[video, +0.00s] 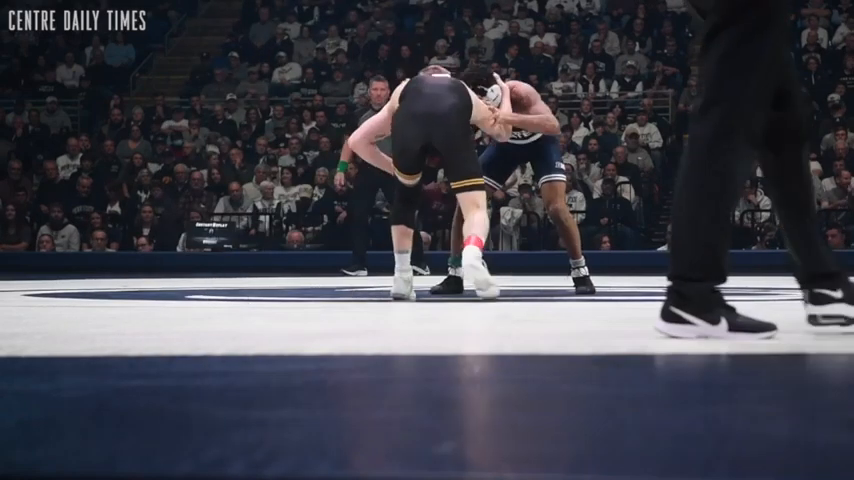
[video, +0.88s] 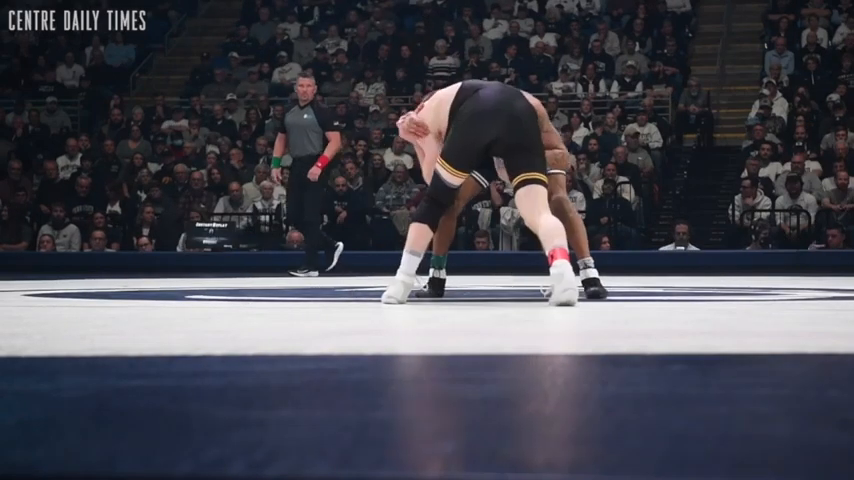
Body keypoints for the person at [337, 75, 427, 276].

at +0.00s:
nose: (379, 94)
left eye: (383, 90)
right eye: (375, 89)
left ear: (389, 92)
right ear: (369, 92)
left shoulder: (400, 113)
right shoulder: (361, 116)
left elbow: (409, 139)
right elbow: (351, 140)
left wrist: (408, 165)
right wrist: (341, 168)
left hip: (394, 169)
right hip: (366, 170)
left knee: (405, 213)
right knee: (359, 213)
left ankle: (418, 261)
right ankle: (359, 263)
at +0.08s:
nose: (370, 93)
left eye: (374, 89)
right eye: (367, 89)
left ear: (381, 92)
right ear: (360, 92)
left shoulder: (392, 112)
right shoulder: (353, 116)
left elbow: (402, 139)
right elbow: (343, 142)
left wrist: (387, 158)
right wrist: (335, 170)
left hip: (386, 166)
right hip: (360, 167)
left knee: (398, 210)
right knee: (357, 213)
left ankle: (414, 260)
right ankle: (358, 263)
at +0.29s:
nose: (350, 91)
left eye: (354, 87)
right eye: (347, 87)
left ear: (362, 90)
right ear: (342, 90)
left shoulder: (370, 112)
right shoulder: (335, 116)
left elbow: (382, 139)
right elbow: (328, 141)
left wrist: (358, 155)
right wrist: (321, 168)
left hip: (365, 167)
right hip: (344, 169)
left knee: (364, 211)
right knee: (349, 215)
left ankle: (381, 256)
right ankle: (358, 263)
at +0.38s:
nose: (343, 91)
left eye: (348, 87)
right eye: (340, 87)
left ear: (355, 90)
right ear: (335, 89)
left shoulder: (364, 111)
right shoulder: (329, 115)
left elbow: (376, 139)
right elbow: (323, 142)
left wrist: (355, 158)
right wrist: (315, 166)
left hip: (360, 167)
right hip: (338, 169)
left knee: (355, 212)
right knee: (345, 214)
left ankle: (359, 261)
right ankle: (357, 260)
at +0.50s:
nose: (334, 91)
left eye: (338, 87)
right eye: (330, 87)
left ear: (345, 90)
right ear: (325, 90)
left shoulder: (354, 112)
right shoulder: (321, 118)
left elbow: (369, 139)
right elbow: (315, 143)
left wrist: (354, 164)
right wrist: (307, 167)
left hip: (351, 168)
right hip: (332, 170)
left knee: (339, 214)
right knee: (344, 215)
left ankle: (330, 263)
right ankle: (357, 263)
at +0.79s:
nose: (311, 91)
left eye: (315, 87)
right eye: (308, 87)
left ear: (321, 90)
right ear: (302, 89)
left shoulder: (328, 112)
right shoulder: (295, 114)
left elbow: (344, 141)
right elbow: (288, 140)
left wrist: (332, 167)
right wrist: (284, 165)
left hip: (321, 167)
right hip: (301, 168)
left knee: (314, 216)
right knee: (308, 217)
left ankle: (311, 266)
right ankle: (345, 252)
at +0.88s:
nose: (304, 90)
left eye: (308, 86)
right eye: (300, 86)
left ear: (315, 89)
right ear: (295, 88)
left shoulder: (322, 111)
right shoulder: (289, 113)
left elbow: (335, 141)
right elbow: (281, 138)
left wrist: (319, 165)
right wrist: (276, 163)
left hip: (314, 164)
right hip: (296, 164)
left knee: (311, 215)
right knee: (294, 215)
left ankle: (311, 264)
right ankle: (331, 245)